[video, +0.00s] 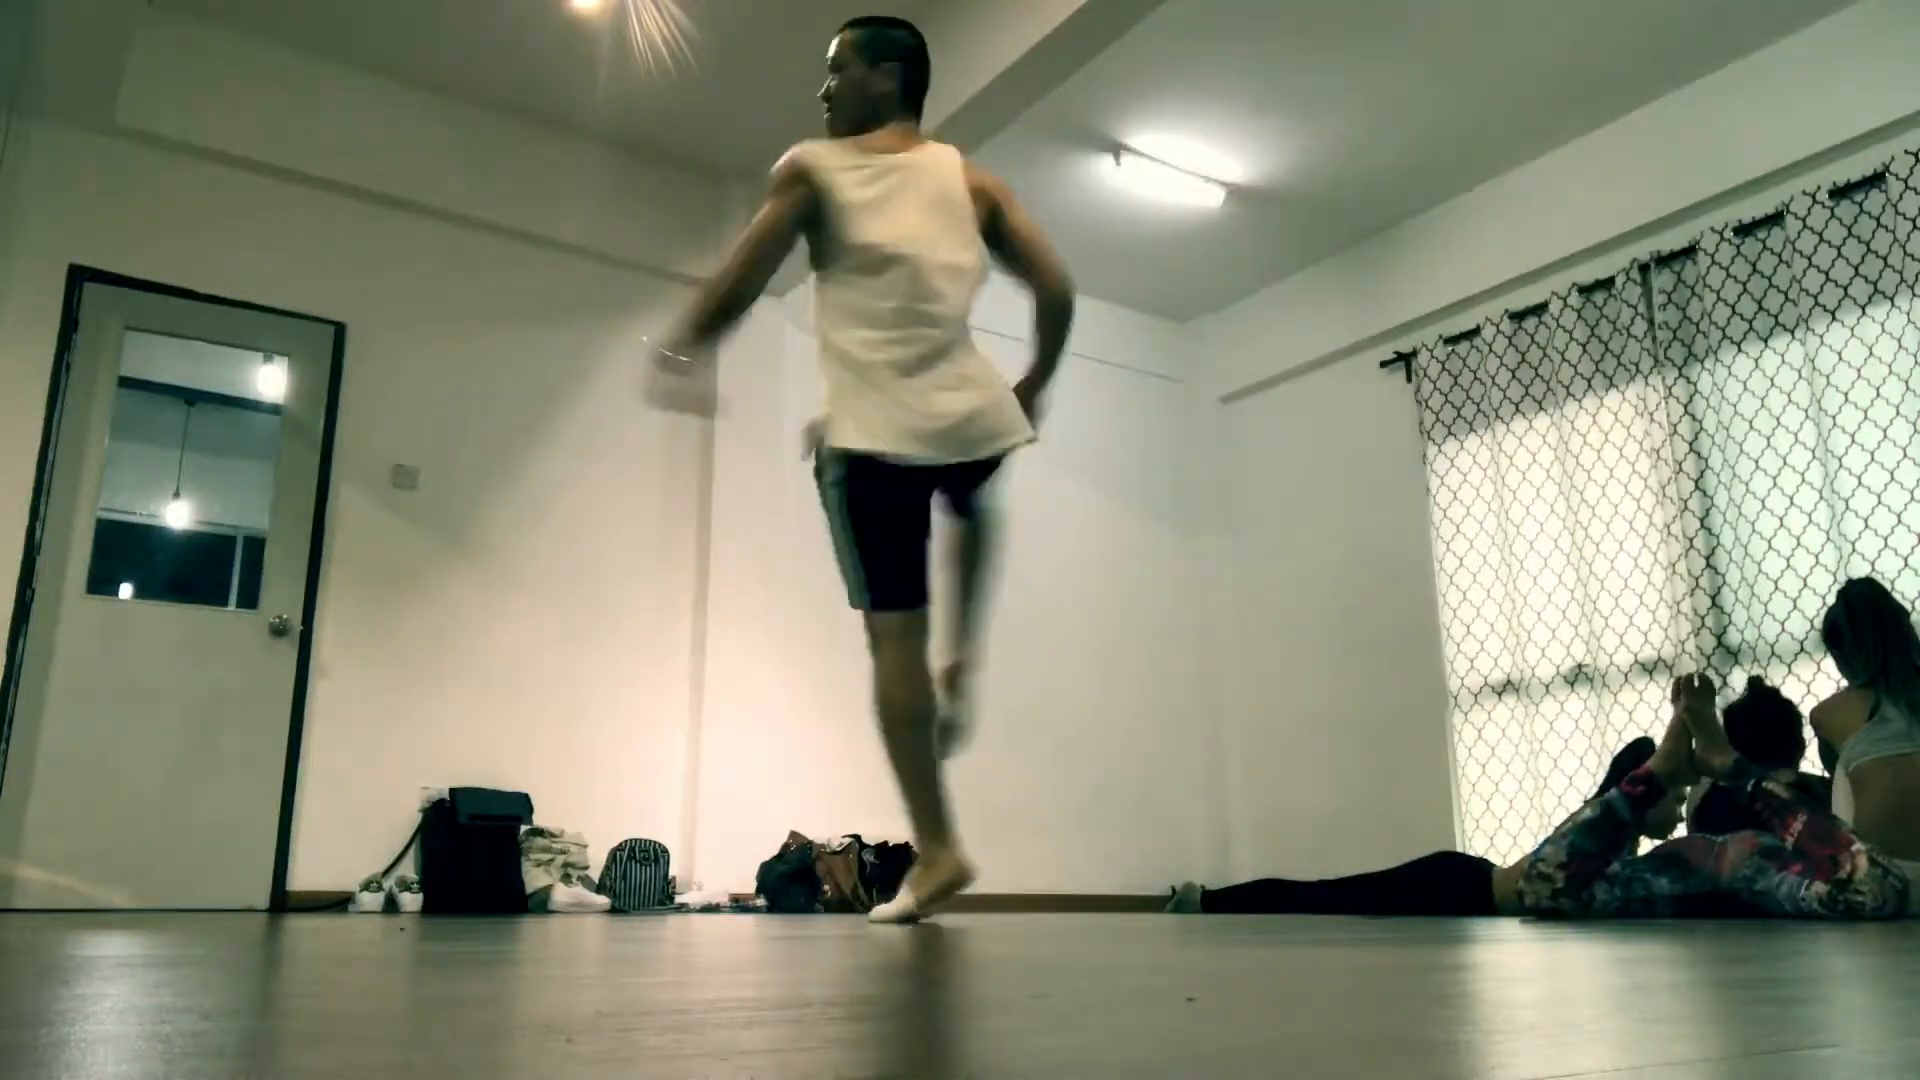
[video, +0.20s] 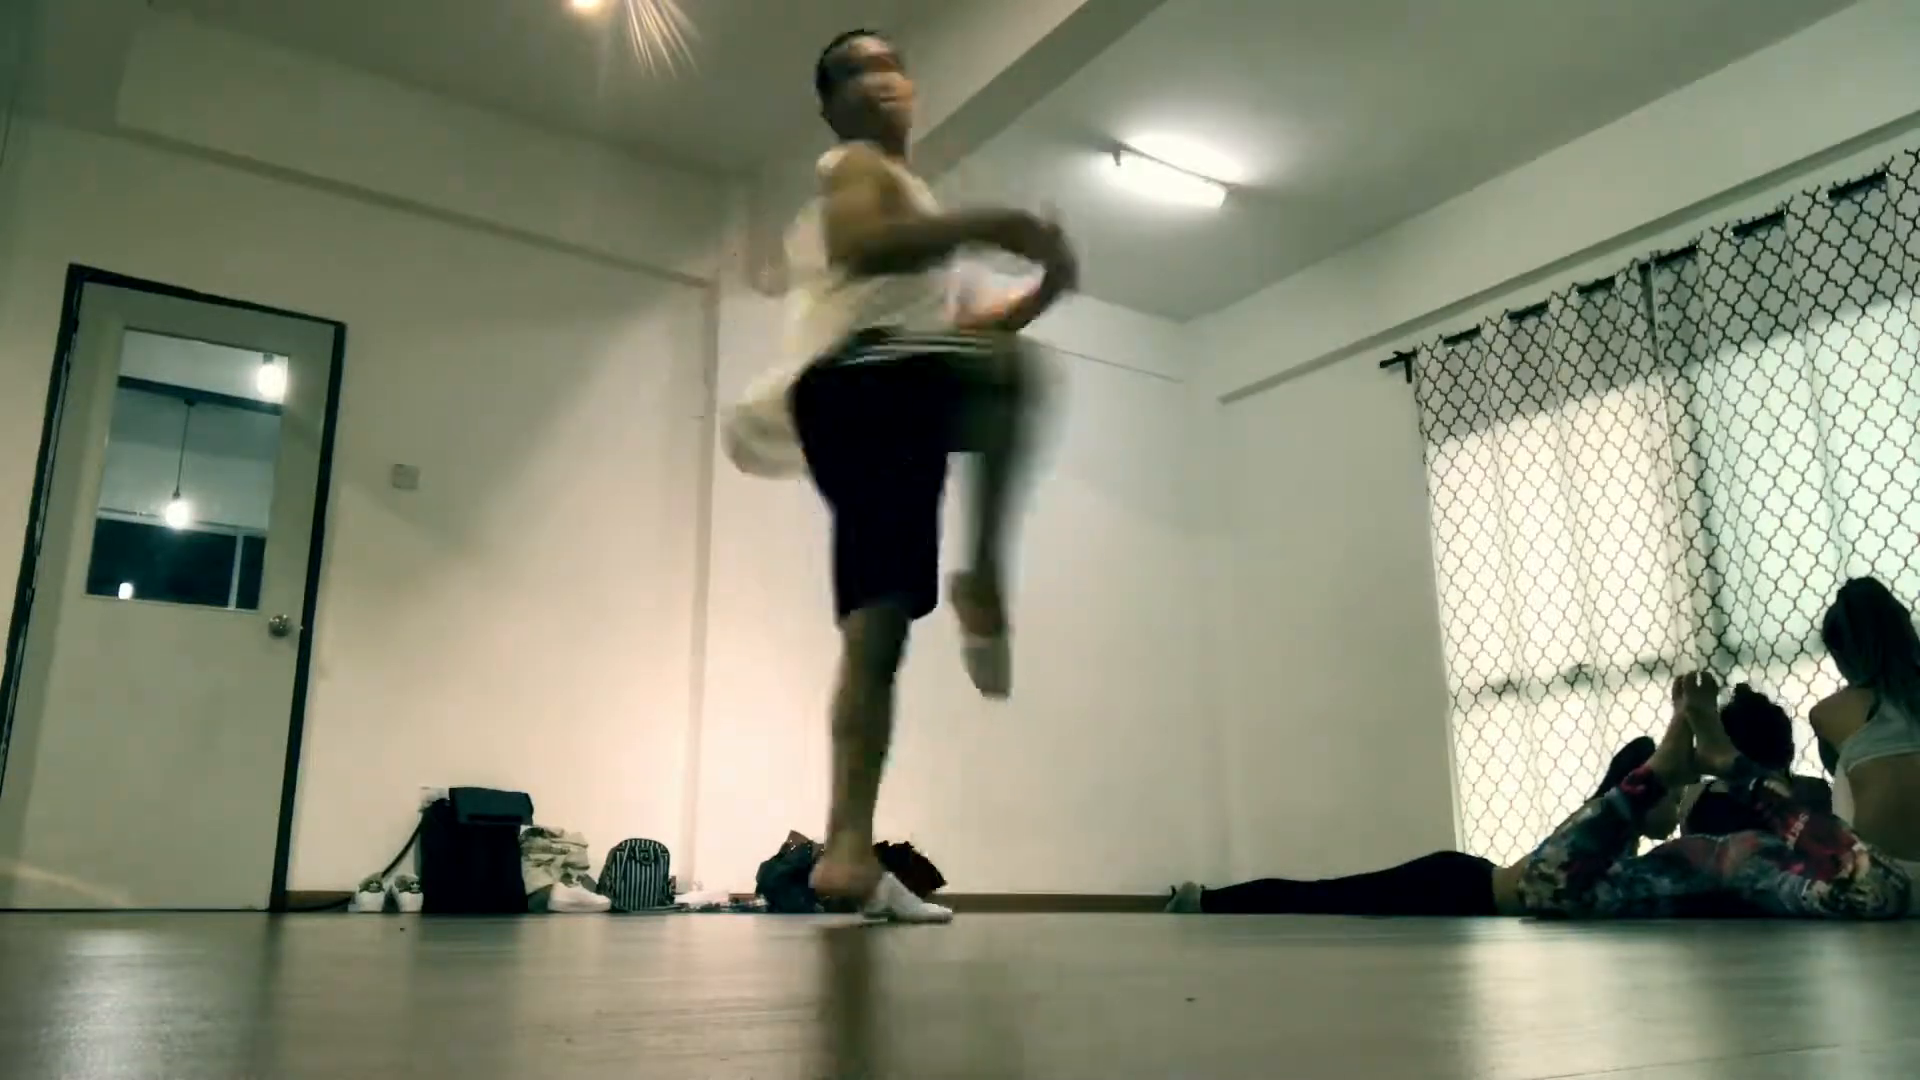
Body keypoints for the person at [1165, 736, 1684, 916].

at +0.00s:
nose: (1668, 801)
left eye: (1666, 790)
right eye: (1662, 787)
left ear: (1643, 784)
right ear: (1642, 786)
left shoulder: (1622, 820)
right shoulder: (1612, 824)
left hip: (1470, 882)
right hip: (1463, 885)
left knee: (1334, 893)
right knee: (1330, 897)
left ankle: (1211, 897)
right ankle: (1204, 902)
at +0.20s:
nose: (1694, 769)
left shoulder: (1634, 806)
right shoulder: (1629, 807)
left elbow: (1660, 782)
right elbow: (1658, 784)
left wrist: (1685, 721)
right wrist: (1685, 722)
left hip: (1474, 883)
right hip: (1470, 882)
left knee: (1335, 895)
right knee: (1332, 896)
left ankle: (1210, 899)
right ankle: (1206, 900)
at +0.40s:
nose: (1692, 741)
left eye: (1713, 736)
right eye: (1703, 733)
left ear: (1733, 750)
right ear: (1716, 743)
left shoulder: (1667, 801)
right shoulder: (1648, 789)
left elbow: (1665, 800)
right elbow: (1644, 793)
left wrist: (1694, 727)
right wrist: (1685, 728)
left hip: (1480, 887)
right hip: (1471, 880)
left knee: (1335, 898)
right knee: (1331, 896)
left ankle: (1209, 901)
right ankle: (1204, 901)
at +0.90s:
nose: (1678, 724)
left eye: (1693, 721)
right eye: (1680, 715)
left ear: (1720, 737)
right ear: (1697, 732)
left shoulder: (1693, 804)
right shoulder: (1645, 783)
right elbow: (1651, 784)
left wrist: (1698, 721)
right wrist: (1684, 717)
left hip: (1492, 887)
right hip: (1482, 879)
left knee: (1339, 898)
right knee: (1334, 893)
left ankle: (1211, 900)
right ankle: (1206, 900)